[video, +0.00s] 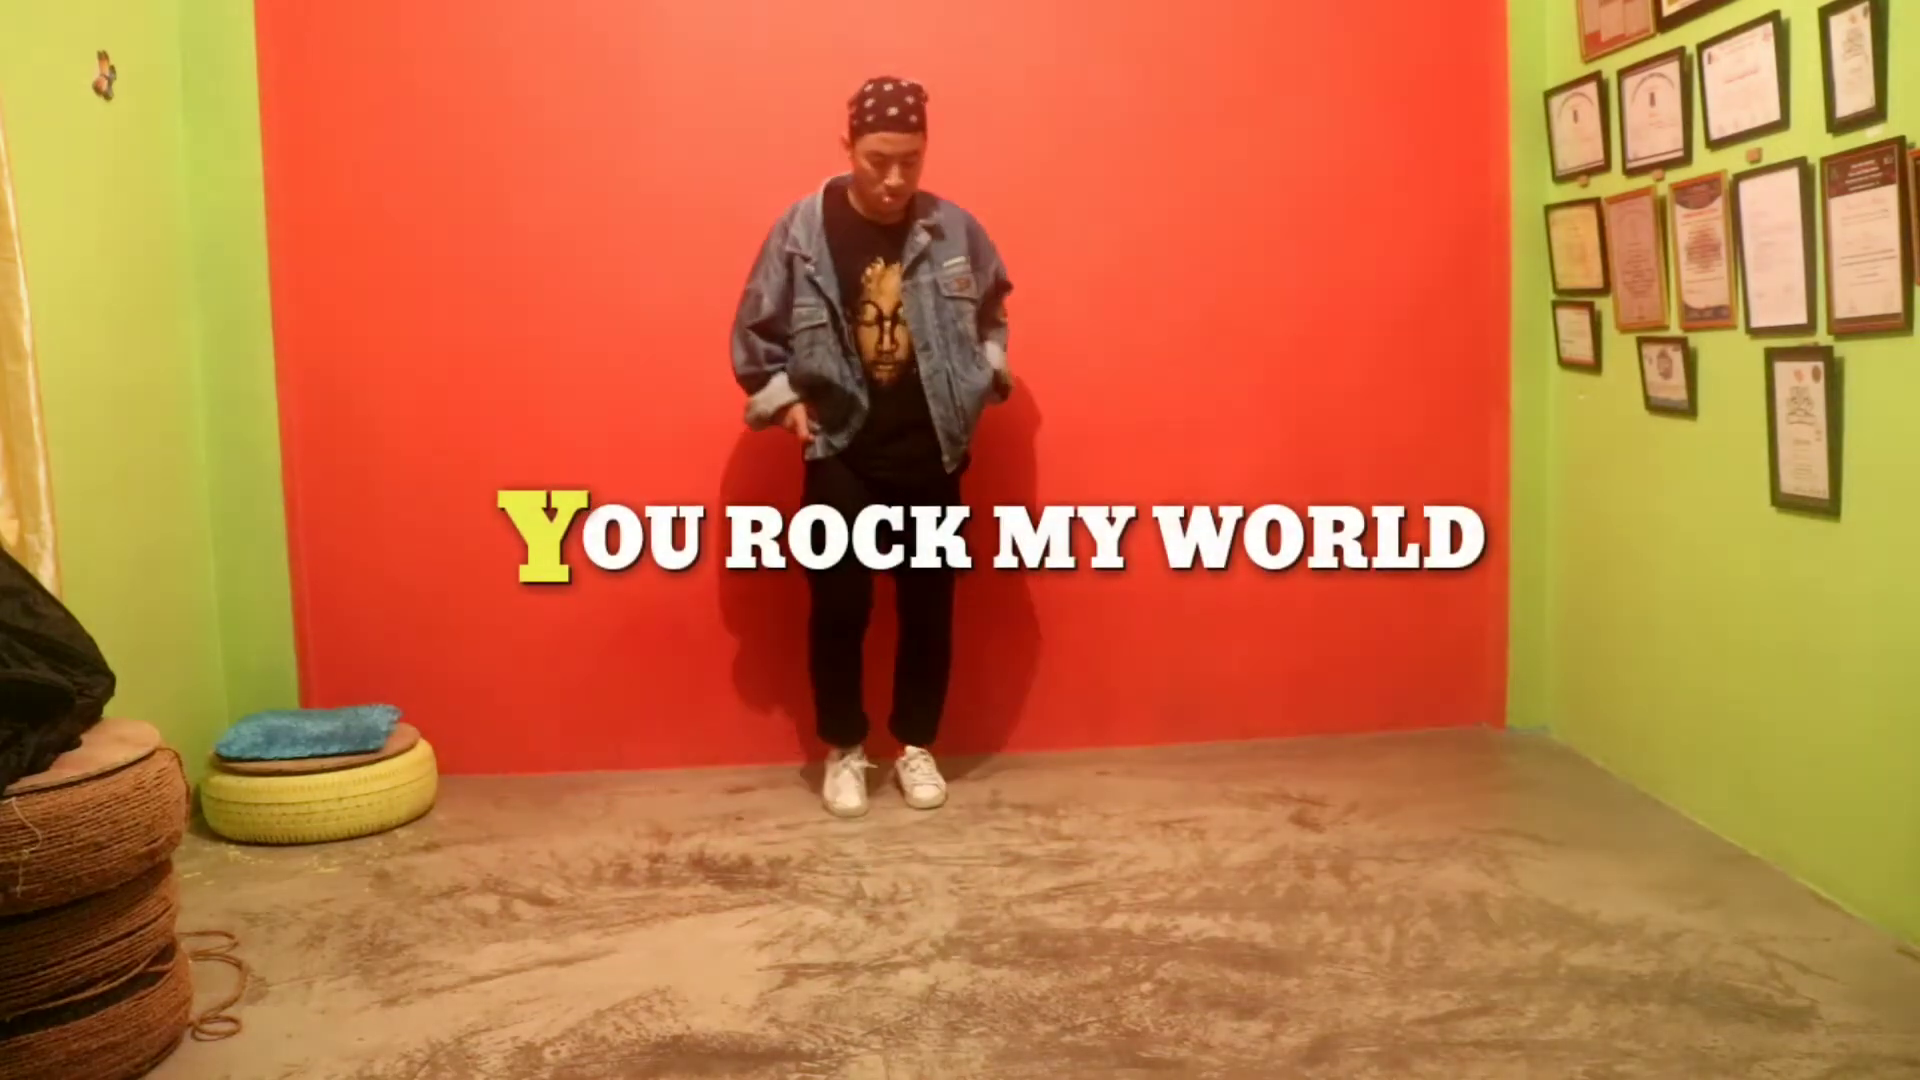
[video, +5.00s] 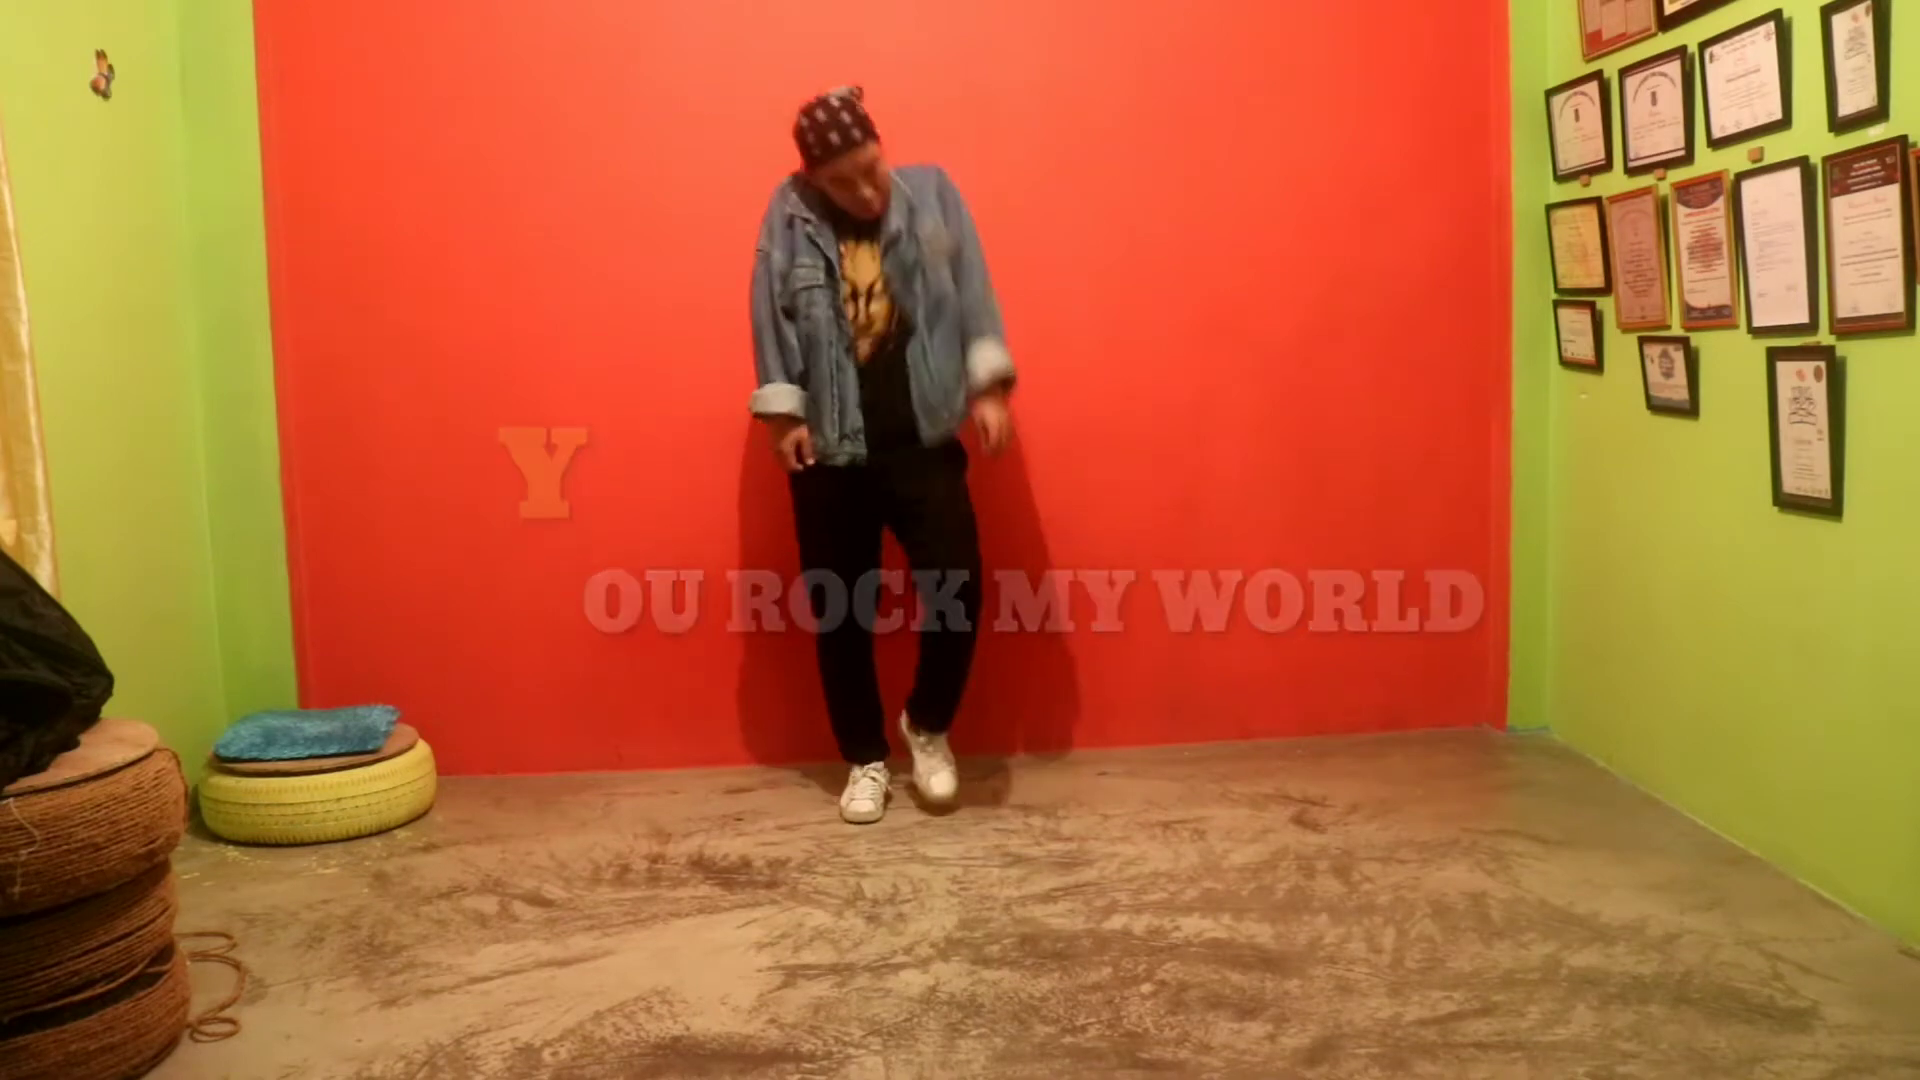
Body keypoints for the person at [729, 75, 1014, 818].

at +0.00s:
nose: (894, 179)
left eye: (908, 162)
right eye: (878, 162)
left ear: (925, 156)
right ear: (850, 153)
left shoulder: (956, 229)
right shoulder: (802, 229)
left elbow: (992, 311)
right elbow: (755, 333)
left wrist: (987, 376)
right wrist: (790, 405)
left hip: (931, 443)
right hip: (840, 444)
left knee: (928, 600)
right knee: (841, 600)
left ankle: (915, 748)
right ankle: (845, 751)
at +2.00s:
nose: (947, 195)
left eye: (958, 181)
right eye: (933, 177)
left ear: (966, 175)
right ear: (895, 161)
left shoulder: (970, 239)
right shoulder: (826, 234)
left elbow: (996, 330)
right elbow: (783, 338)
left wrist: (970, 395)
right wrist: (793, 422)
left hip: (944, 466)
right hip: (854, 471)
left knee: (985, 609)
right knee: (853, 620)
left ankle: (996, 762)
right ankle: (855, 761)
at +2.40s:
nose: (846, 189)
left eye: (861, 172)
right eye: (834, 174)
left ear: (894, 166)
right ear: (823, 172)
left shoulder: (953, 245)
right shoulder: (801, 268)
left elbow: (996, 344)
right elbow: (792, 381)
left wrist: (996, 412)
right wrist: (816, 464)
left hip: (944, 460)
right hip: (852, 468)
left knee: (945, 613)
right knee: (826, 613)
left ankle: (926, 753)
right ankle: (852, 749)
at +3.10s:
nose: (899, 264)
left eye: (913, 247)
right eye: (882, 248)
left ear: (933, 236)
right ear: (854, 234)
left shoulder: (960, 291)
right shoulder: (805, 288)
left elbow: (998, 374)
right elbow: (742, 375)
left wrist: (1003, 437)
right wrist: (749, 446)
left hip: (923, 477)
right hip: (829, 480)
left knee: (950, 622)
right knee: (839, 630)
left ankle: (938, 780)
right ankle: (863, 762)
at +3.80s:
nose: (849, 182)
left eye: (864, 164)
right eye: (835, 167)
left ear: (897, 161)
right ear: (822, 169)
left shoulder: (957, 243)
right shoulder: (802, 256)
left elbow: (1012, 336)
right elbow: (778, 348)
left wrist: (972, 355)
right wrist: (818, 364)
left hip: (944, 484)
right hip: (846, 488)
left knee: (945, 632)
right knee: (846, 641)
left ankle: (929, 755)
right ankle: (878, 782)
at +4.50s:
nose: (894, 161)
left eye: (913, 147)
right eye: (887, 144)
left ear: (953, 152)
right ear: (877, 141)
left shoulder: (987, 249)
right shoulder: (844, 197)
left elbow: (1007, 363)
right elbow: (801, 298)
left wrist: (1001, 463)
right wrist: (804, 411)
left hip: (944, 457)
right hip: (849, 450)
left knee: (968, 616)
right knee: (850, 617)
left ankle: (965, 781)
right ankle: (868, 765)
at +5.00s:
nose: (867, 190)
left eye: (872, 172)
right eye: (849, 181)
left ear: (883, 149)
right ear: (816, 173)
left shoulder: (930, 191)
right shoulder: (789, 216)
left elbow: (974, 289)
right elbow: (770, 315)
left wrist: (989, 386)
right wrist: (784, 412)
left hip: (925, 438)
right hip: (831, 447)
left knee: (958, 590)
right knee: (840, 607)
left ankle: (928, 726)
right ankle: (865, 761)